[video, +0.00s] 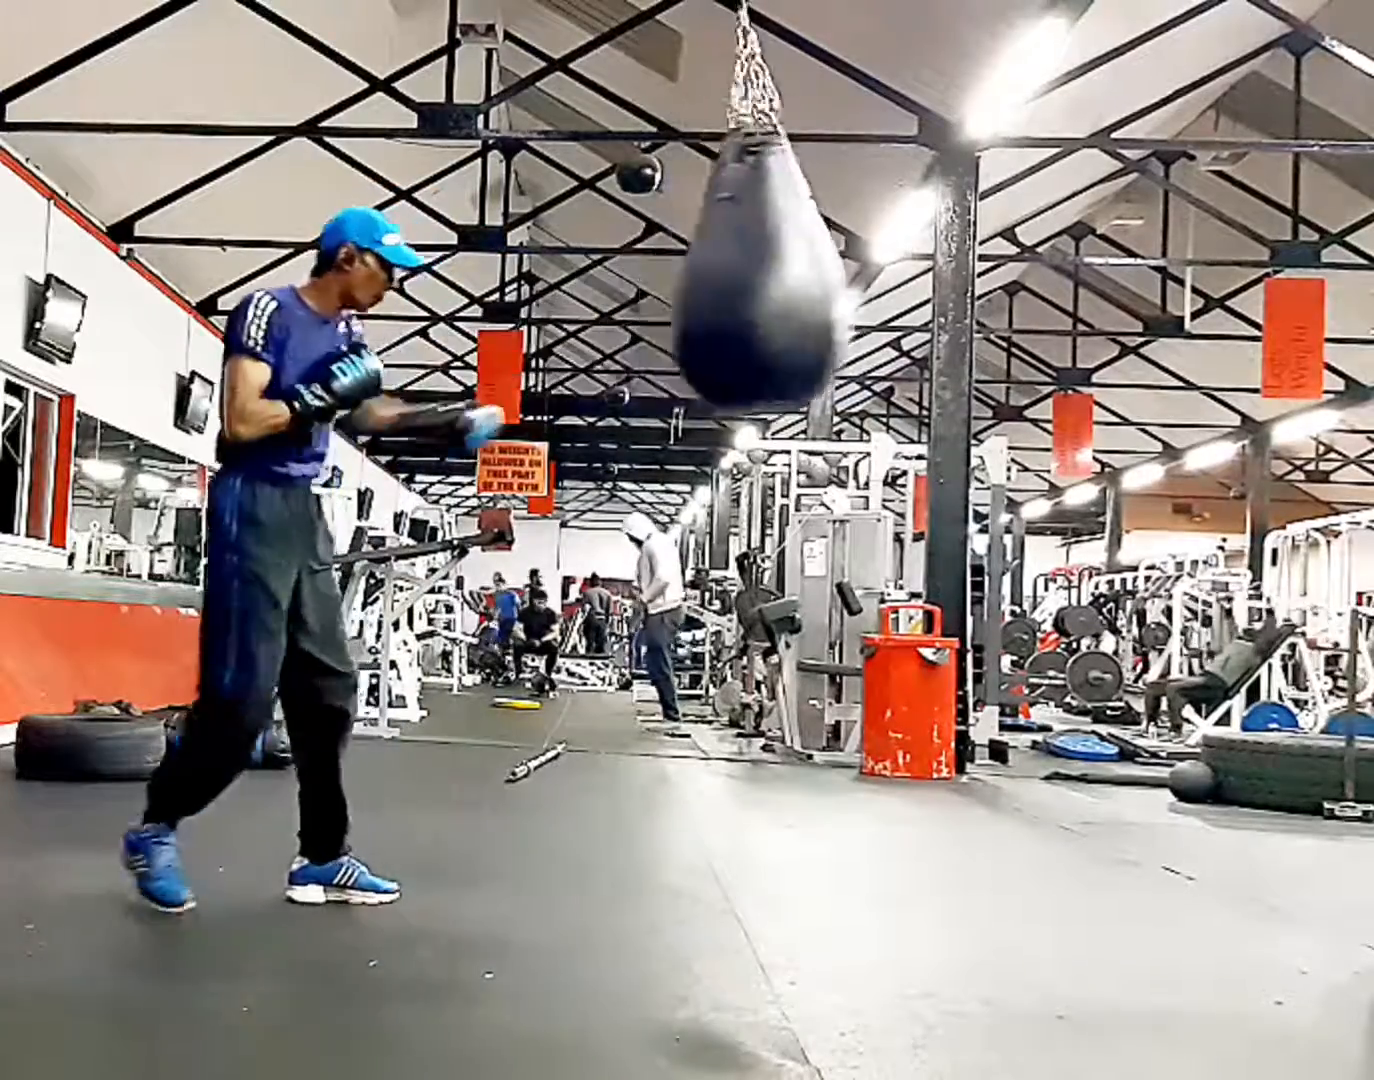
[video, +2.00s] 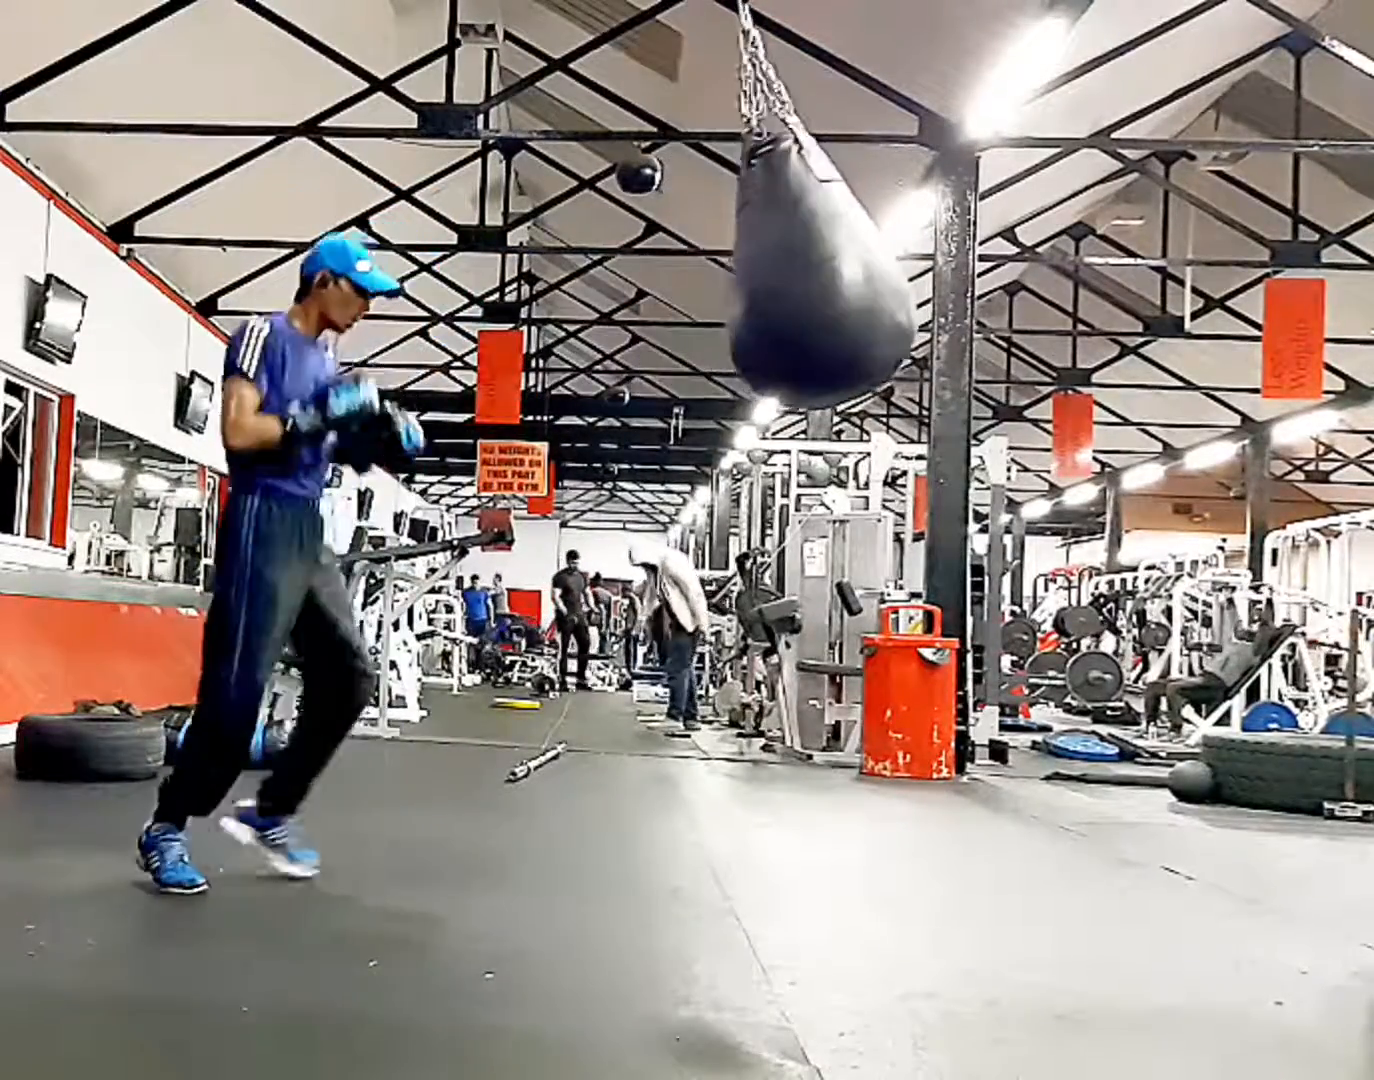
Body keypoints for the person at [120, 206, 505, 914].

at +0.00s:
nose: (390, 287)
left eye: (393, 276)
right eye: (385, 272)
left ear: (358, 267)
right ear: (349, 260)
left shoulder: (345, 337)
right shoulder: (266, 309)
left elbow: (372, 415)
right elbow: (239, 422)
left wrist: (452, 422)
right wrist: (324, 398)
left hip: (303, 513)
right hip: (251, 510)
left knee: (325, 692)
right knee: (242, 700)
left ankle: (323, 858)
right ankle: (153, 828)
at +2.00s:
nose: (365, 309)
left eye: (369, 297)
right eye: (359, 293)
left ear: (337, 292)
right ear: (324, 282)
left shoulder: (328, 364)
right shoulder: (261, 335)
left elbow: (327, 448)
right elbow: (238, 432)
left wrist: (376, 440)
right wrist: (319, 419)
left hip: (306, 533)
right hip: (261, 530)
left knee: (346, 680)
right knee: (235, 692)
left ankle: (269, 814)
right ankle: (166, 829)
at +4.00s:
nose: (362, 300)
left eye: (364, 290)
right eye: (354, 287)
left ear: (330, 287)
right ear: (315, 280)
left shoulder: (333, 361)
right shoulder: (247, 344)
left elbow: (346, 435)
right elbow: (232, 450)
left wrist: (377, 425)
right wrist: (311, 430)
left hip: (318, 538)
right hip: (259, 540)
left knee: (358, 688)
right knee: (218, 694)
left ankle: (347, 837)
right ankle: (137, 838)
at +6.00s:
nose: (522, 318)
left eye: (523, 308)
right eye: (515, 304)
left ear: (483, 304)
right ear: (484, 299)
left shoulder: (464, 354)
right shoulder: (455, 336)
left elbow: (471, 440)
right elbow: (538, 377)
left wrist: (525, 394)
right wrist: (599, 368)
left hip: (436, 533)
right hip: (406, 526)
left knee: (458, 695)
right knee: (353, 684)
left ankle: (427, 851)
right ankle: (227, 821)